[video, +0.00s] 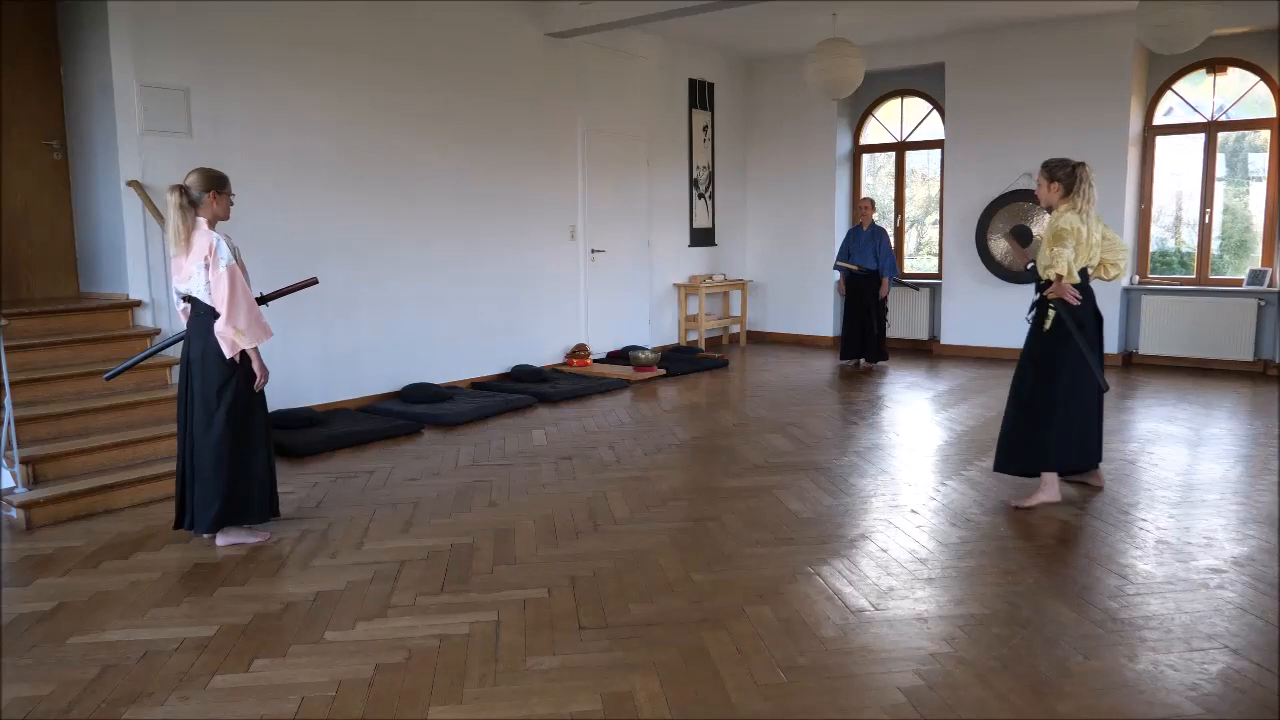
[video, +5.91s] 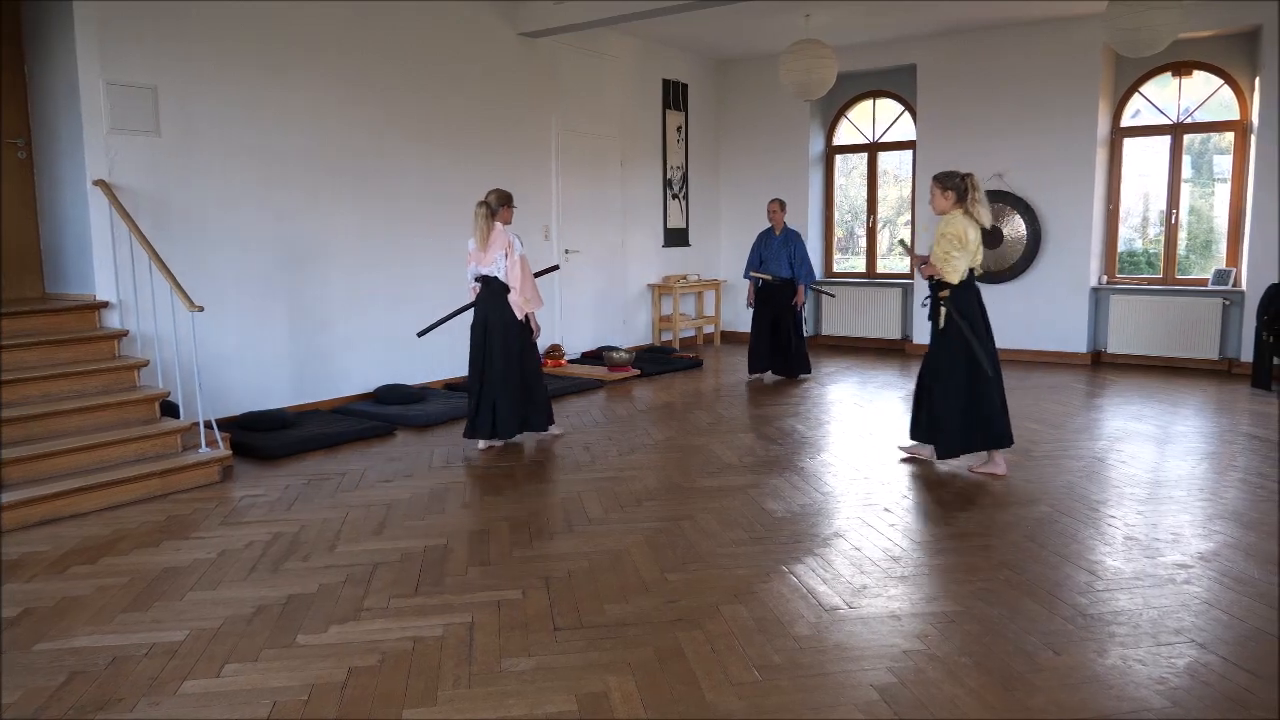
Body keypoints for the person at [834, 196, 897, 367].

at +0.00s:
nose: (862, 211)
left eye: (866, 208)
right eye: (860, 208)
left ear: (873, 211)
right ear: (857, 210)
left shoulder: (880, 233)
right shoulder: (852, 232)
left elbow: (886, 259)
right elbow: (843, 257)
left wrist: (885, 282)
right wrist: (841, 278)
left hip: (872, 278)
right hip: (853, 278)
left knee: (871, 318)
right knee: (853, 316)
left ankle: (870, 358)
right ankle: (854, 356)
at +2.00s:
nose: (858, 211)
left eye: (862, 208)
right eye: (856, 208)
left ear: (870, 210)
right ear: (854, 210)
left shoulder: (877, 233)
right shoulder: (850, 233)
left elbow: (884, 259)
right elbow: (841, 257)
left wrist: (883, 283)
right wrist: (840, 278)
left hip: (870, 279)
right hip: (852, 278)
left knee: (869, 317)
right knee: (853, 316)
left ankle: (869, 357)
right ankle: (856, 355)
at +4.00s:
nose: (852, 214)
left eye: (856, 211)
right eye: (850, 211)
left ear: (864, 213)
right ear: (848, 212)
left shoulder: (872, 234)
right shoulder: (844, 234)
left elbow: (880, 261)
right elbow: (835, 259)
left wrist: (880, 285)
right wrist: (833, 281)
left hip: (866, 281)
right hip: (846, 281)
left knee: (865, 320)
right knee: (844, 318)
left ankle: (866, 358)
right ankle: (842, 354)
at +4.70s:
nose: (824, 215)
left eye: (828, 212)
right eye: (822, 212)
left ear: (836, 213)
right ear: (821, 214)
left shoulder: (845, 236)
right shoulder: (816, 235)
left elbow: (853, 262)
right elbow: (807, 259)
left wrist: (853, 286)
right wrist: (805, 282)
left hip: (839, 283)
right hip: (818, 282)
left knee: (841, 322)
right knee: (819, 321)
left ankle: (845, 360)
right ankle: (822, 359)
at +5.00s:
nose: (810, 215)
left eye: (814, 212)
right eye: (808, 212)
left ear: (822, 213)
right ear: (806, 214)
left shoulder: (832, 236)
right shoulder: (802, 235)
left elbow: (840, 263)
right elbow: (793, 261)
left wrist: (841, 289)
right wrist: (791, 284)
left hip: (825, 283)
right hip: (805, 283)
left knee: (824, 324)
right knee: (805, 323)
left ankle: (823, 363)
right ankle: (805, 362)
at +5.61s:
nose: (786, 214)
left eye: (790, 211)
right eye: (785, 211)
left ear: (799, 213)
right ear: (783, 213)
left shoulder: (809, 236)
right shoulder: (778, 236)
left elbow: (817, 264)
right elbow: (770, 262)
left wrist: (817, 288)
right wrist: (767, 286)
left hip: (802, 285)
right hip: (781, 284)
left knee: (800, 326)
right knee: (779, 325)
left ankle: (797, 367)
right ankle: (780, 366)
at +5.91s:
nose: (771, 215)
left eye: (774, 212)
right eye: (769, 212)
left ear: (783, 213)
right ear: (767, 214)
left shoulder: (793, 237)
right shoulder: (763, 237)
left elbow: (802, 266)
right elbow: (754, 264)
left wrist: (801, 291)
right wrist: (751, 288)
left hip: (787, 287)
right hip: (765, 287)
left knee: (788, 329)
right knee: (761, 328)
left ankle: (792, 370)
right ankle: (759, 369)